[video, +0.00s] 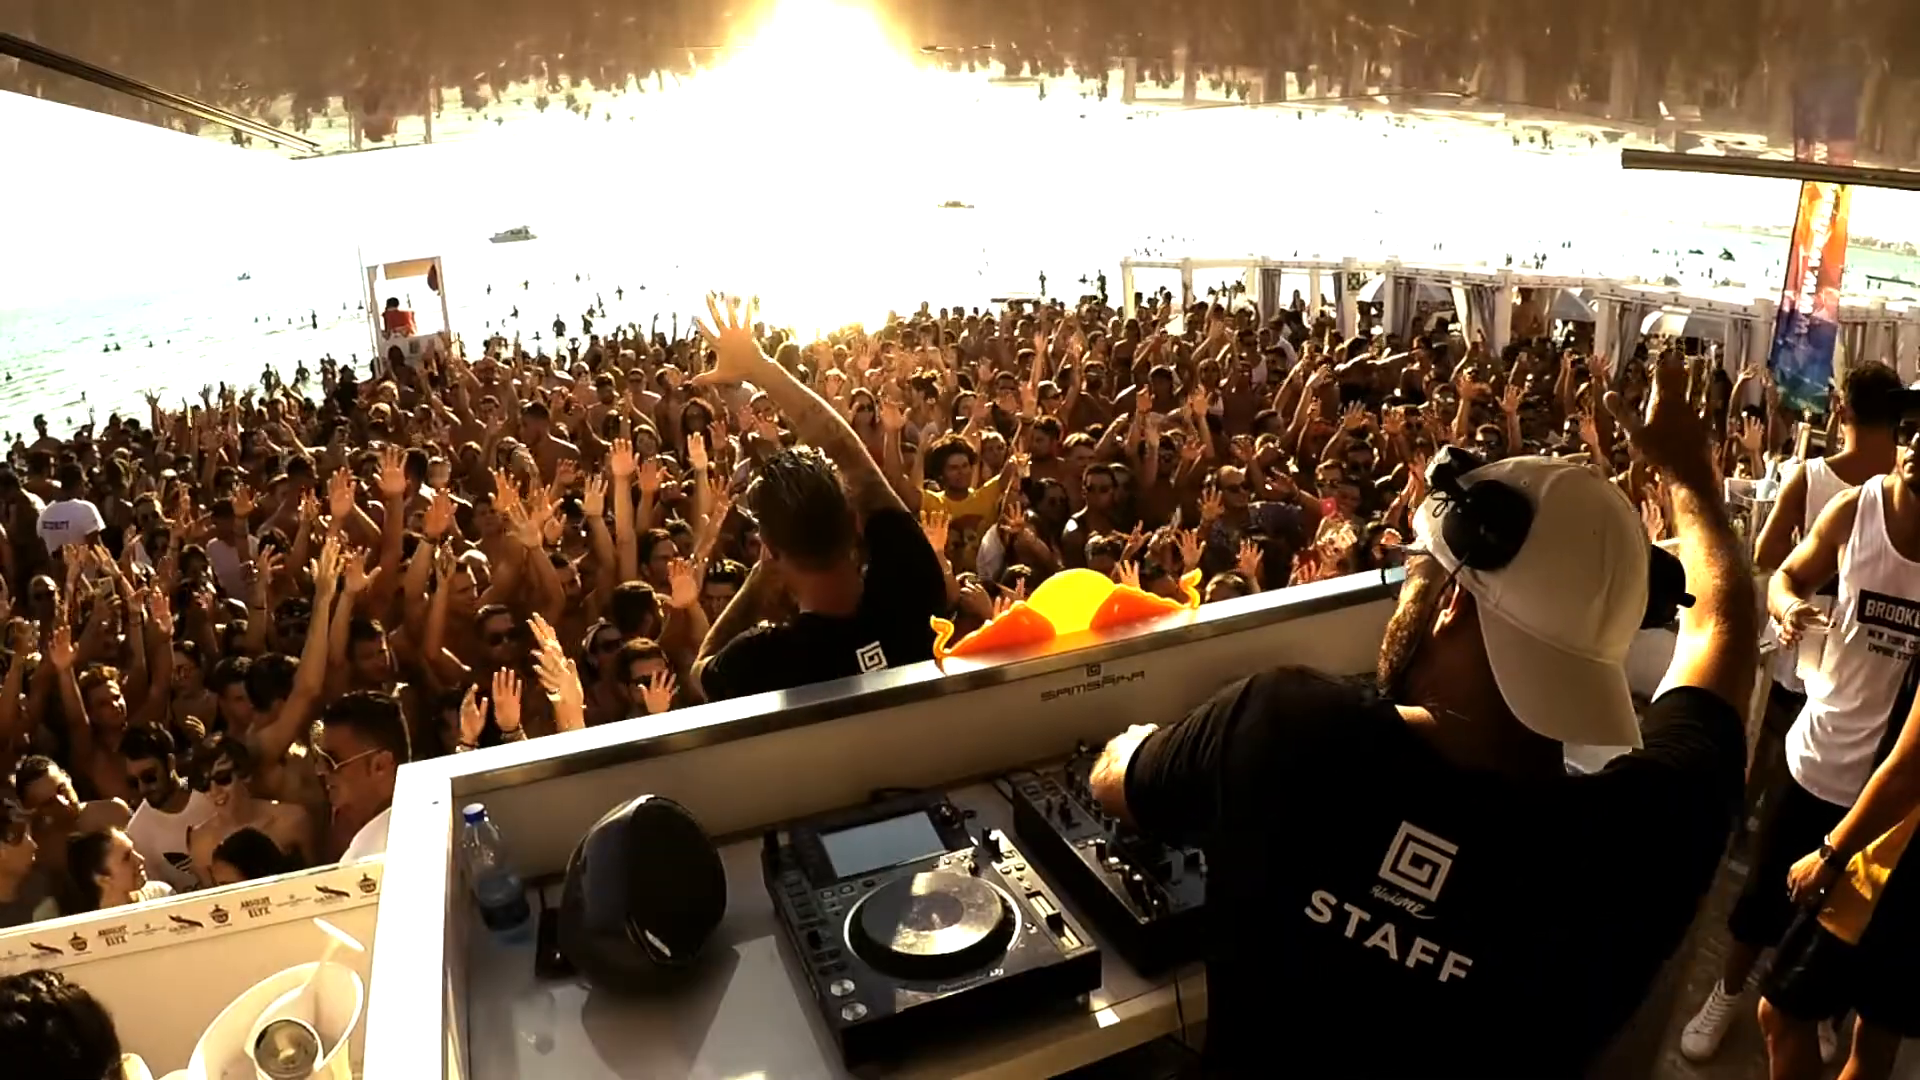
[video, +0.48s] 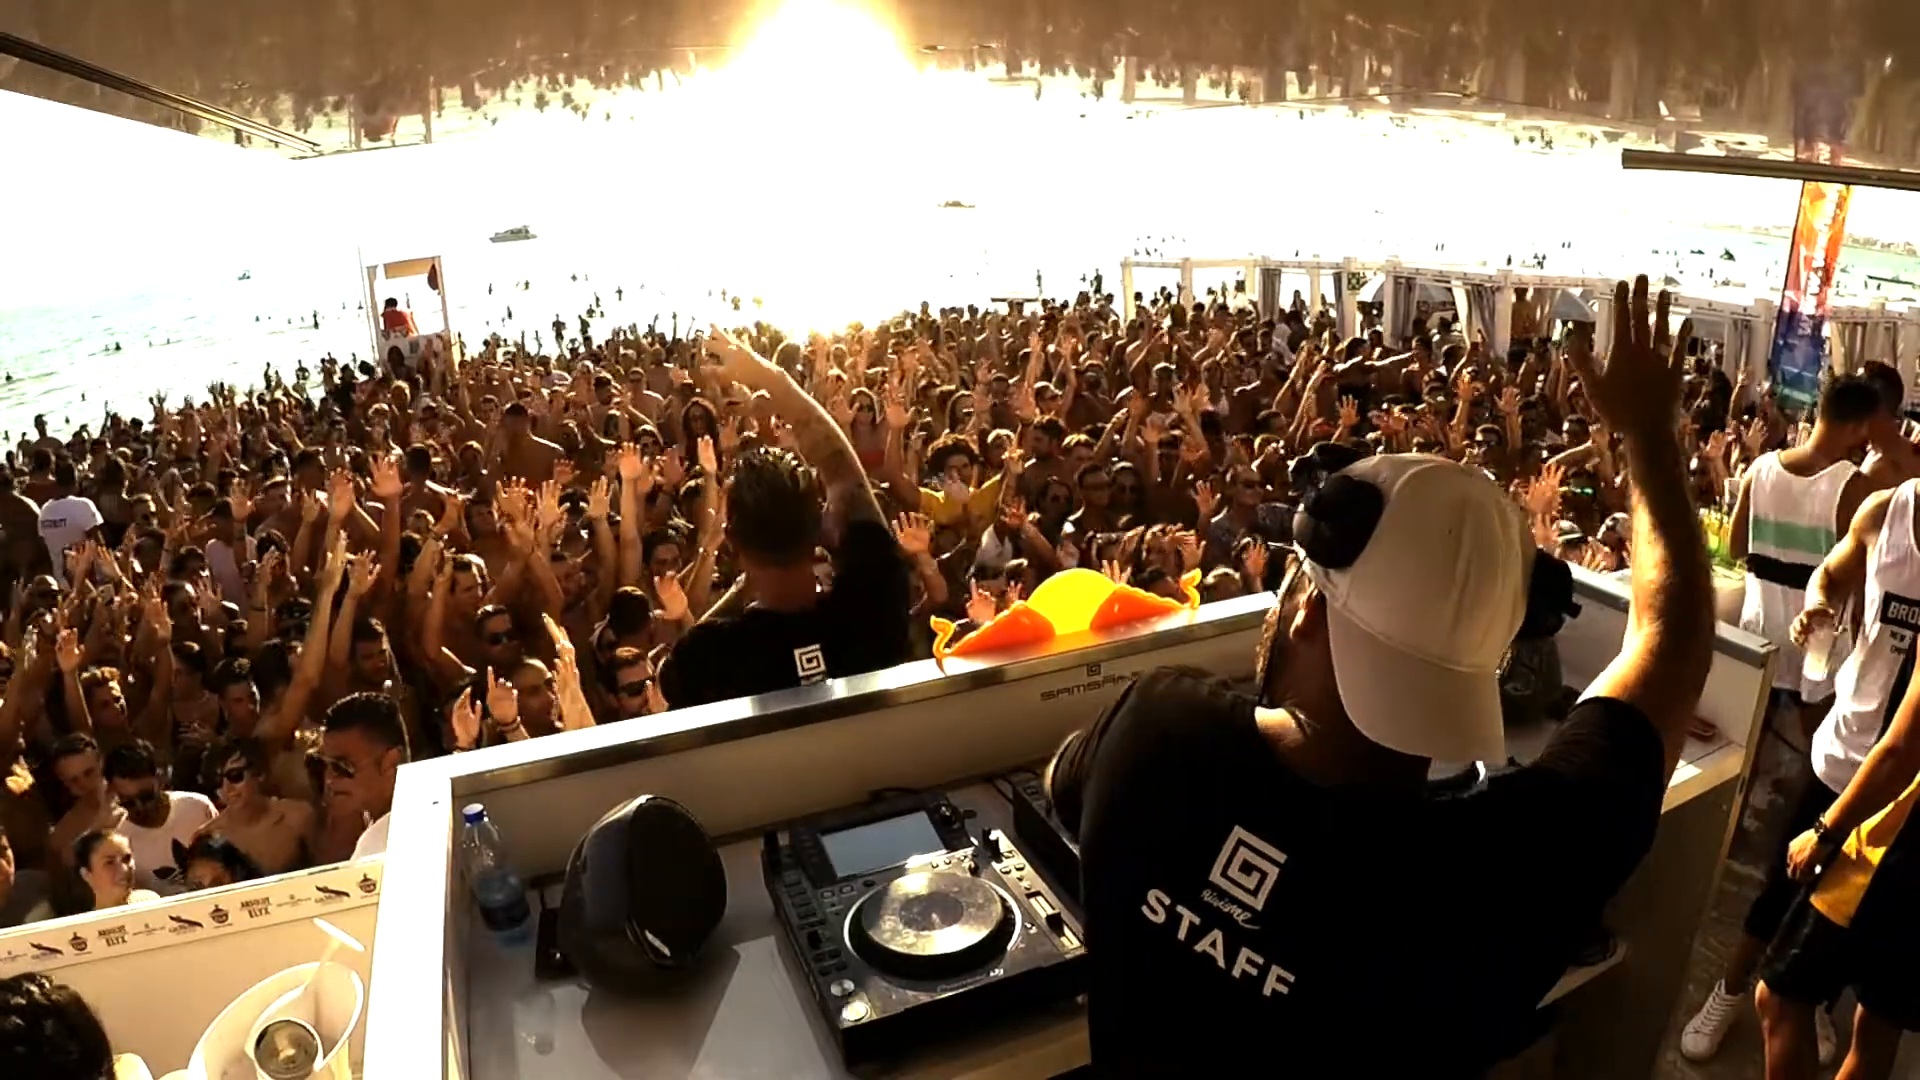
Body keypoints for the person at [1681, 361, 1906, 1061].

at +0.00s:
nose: (1911, 455)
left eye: (1917, 444)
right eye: (1908, 442)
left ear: (1910, 450)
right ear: (1895, 446)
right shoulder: (1856, 509)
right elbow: (1785, 579)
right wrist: (1787, 608)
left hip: (1897, 784)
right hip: (1820, 749)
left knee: (1855, 926)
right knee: (1761, 889)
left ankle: (1843, 1033)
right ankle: (1728, 994)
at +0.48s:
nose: (1900, 439)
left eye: (1900, 428)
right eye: (1897, 425)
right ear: (1873, 422)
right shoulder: (1877, 504)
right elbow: (1831, 581)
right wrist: (1819, 606)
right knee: (1785, 870)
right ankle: (1731, 992)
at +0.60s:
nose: (1889, 440)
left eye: (1891, 427)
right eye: (1888, 427)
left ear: (1813, 408)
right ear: (1861, 424)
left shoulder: (1756, 469)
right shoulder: (1850, 488)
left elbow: (1739, 548)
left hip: (1748, 645)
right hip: (1814, 665)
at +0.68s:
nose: (1872, 444)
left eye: (1875, 433)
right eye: (1874, 433)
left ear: (1813, 409)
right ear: (1858, 425)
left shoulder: (1757, 469)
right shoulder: (1848, 490)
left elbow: (1738, 549)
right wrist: (1898, 447)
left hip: (1747, 647)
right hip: (1814, 668)